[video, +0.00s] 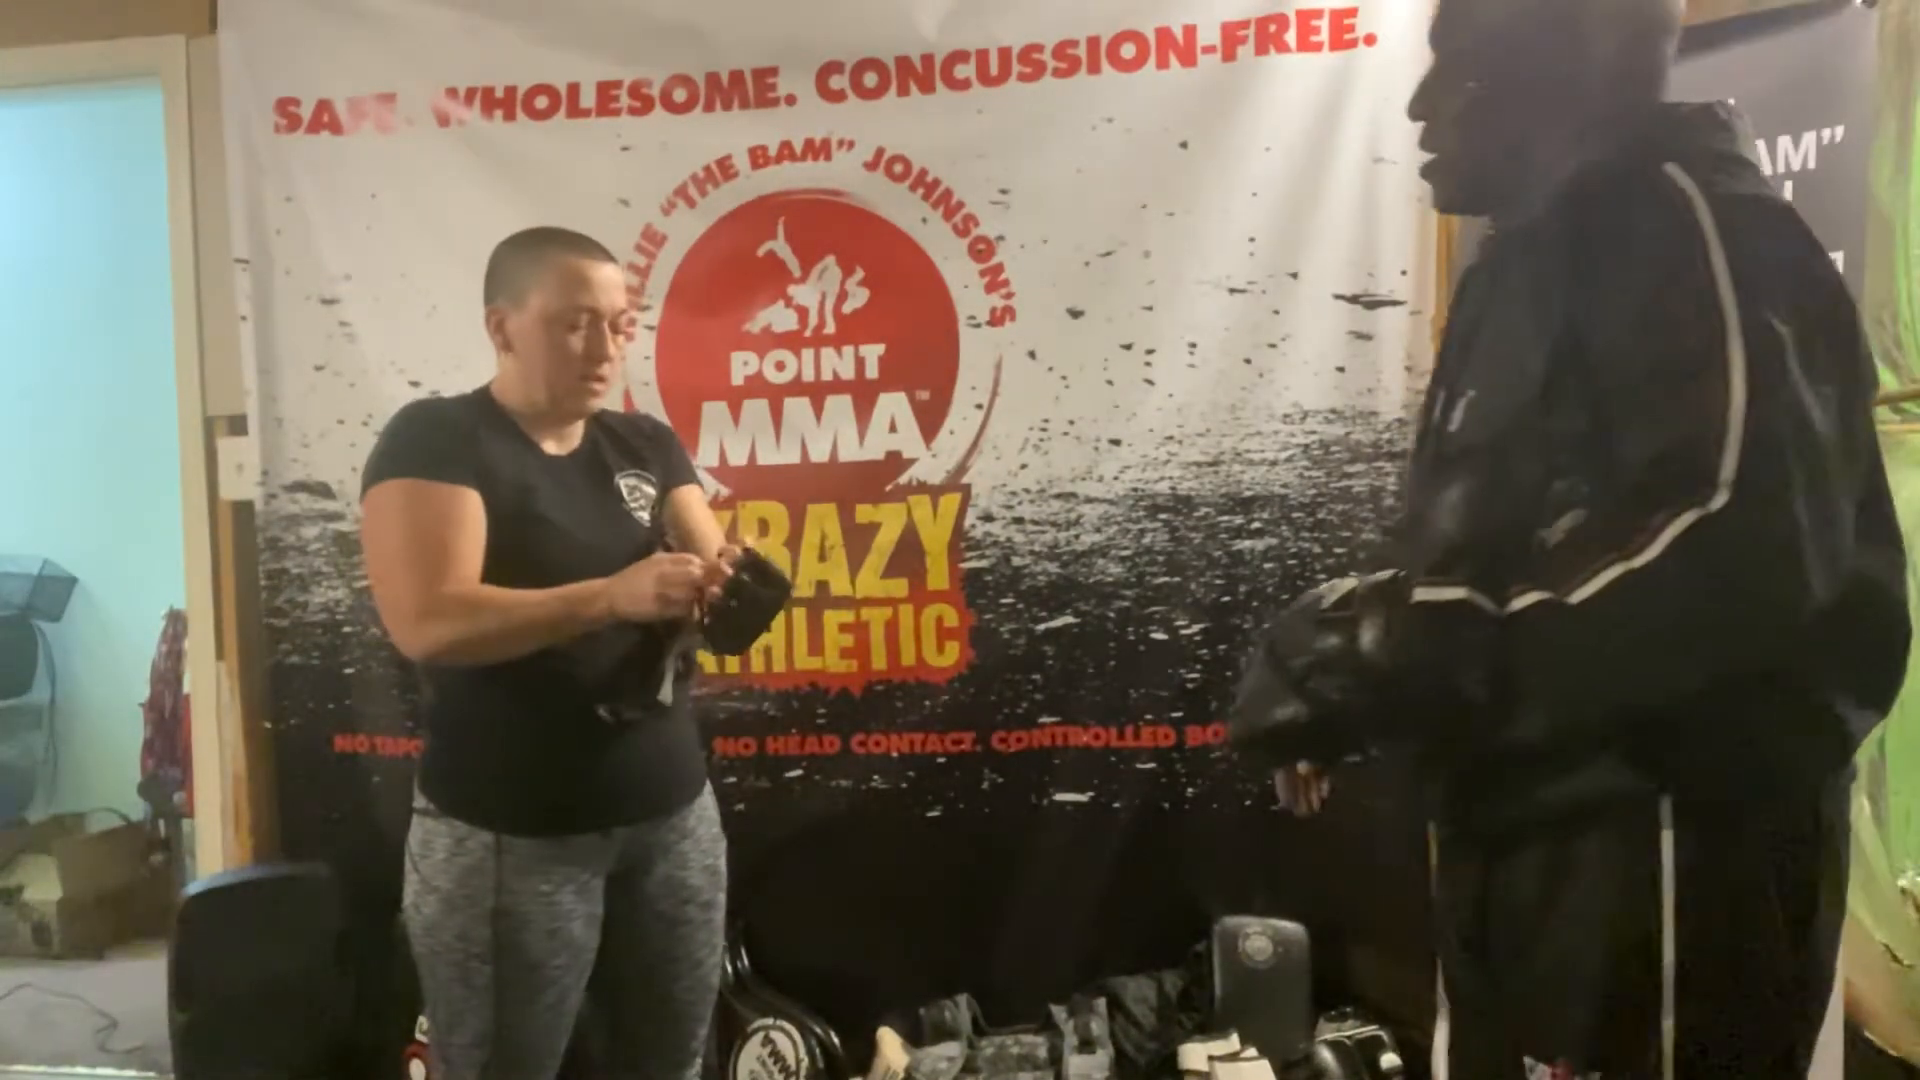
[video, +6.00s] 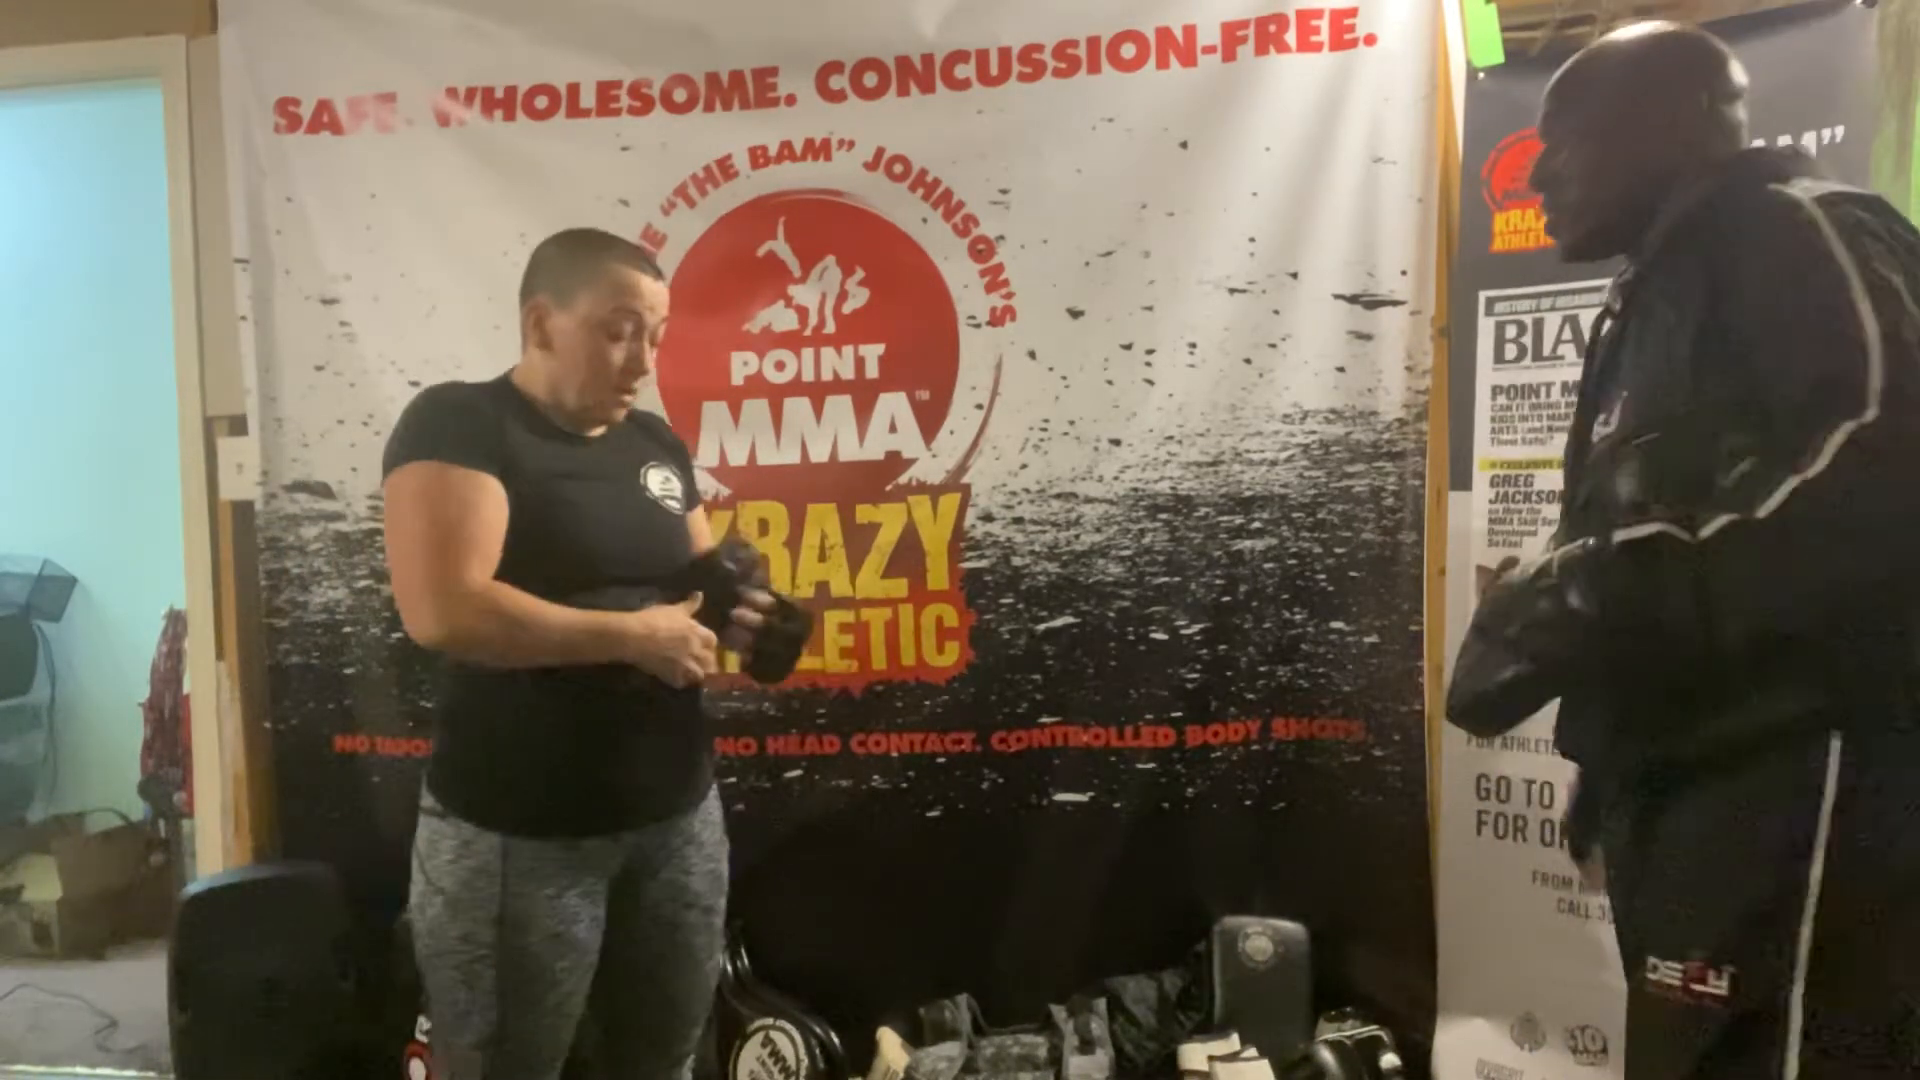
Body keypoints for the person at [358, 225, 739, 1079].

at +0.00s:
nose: (606, 349)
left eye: (617, 327)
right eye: (578, 323)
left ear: (626, 331)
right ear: (503, 326)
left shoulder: (647, 445)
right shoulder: (431, 441)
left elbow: (724, 586)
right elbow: (425, 621)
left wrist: (727, 587)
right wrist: (611, 594)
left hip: (670, 828)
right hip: (504, 843)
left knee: (662, 1065)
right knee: (498, 1069)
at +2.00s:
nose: (599, 339)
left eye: (606, 319)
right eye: (572, 312)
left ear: (613, 328)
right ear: (491, 319)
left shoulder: (628, 444)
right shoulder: (424, 436)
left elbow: (700, 581)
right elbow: (412, 626)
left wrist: (727, 549)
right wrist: (600, 627)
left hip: (664, 828)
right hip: (499, 846)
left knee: (658, 1065)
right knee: (496, 1068)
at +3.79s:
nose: (546, 351)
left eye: (557, 329)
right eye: (524, 323)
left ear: (564, 331)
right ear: (439, 314)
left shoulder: (560, 439)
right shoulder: (364, 437)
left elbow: (661, 568)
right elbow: (413, 597)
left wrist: (621, 625)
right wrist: (611, 580)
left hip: (609, 828)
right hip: (448, 852)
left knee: (635, 1065)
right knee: (467, 1067)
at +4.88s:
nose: (609, 356)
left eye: (617, 335)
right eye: (590, 329)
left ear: (621, 340)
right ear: (508, 318)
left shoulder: (625, 448)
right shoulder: (421, 433)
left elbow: (704, 587)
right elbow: (449, 610)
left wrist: (736, 656)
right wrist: (634, 589)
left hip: (653, 825)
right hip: (490, 842)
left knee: (656, 1064)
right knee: (493, 1068)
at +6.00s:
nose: (642, 362)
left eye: (652, 339)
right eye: (620, 333)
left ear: (657, 336)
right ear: (542, 323)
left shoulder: (654, 443)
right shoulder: (454, 423)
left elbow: (697, 589)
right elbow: (441, 608)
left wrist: (749, 620)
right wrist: (631, 635)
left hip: (673, 827)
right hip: (511, 840)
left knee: (656, 1065)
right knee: (500, 1067)